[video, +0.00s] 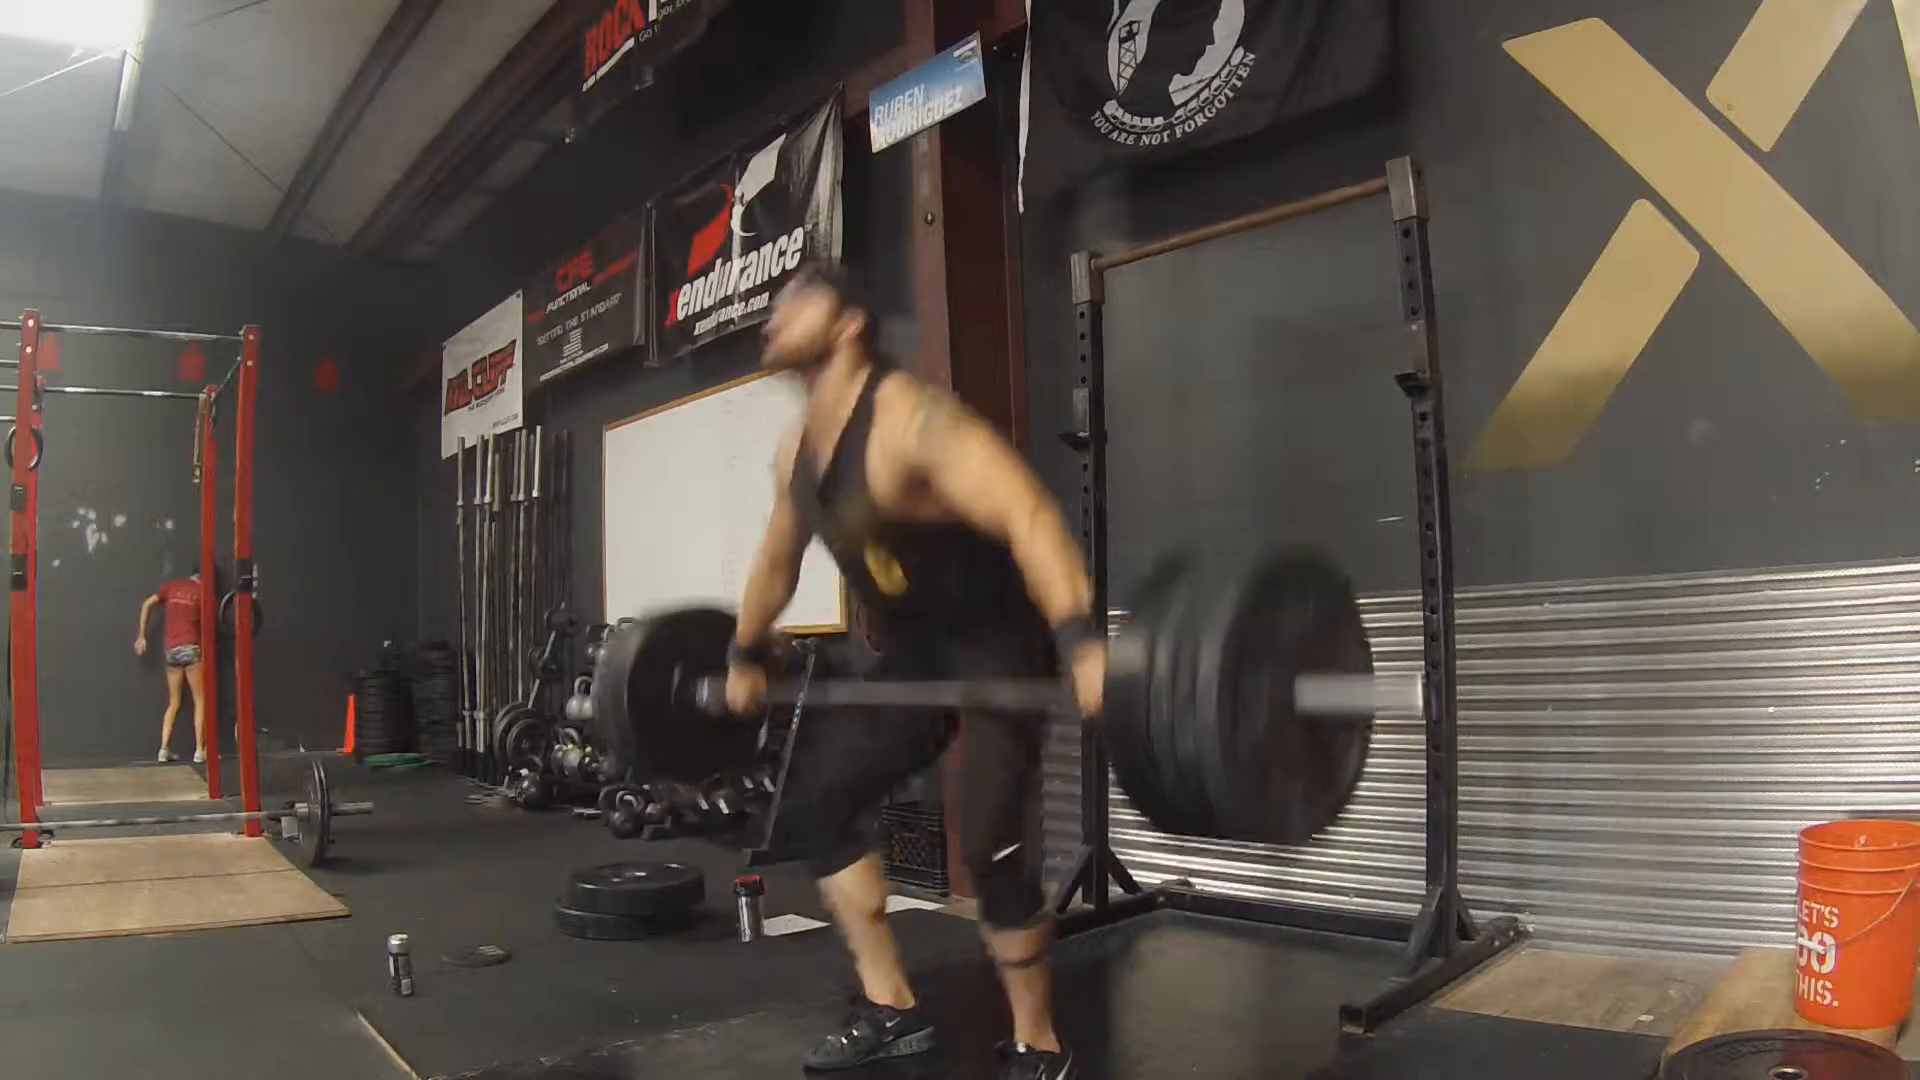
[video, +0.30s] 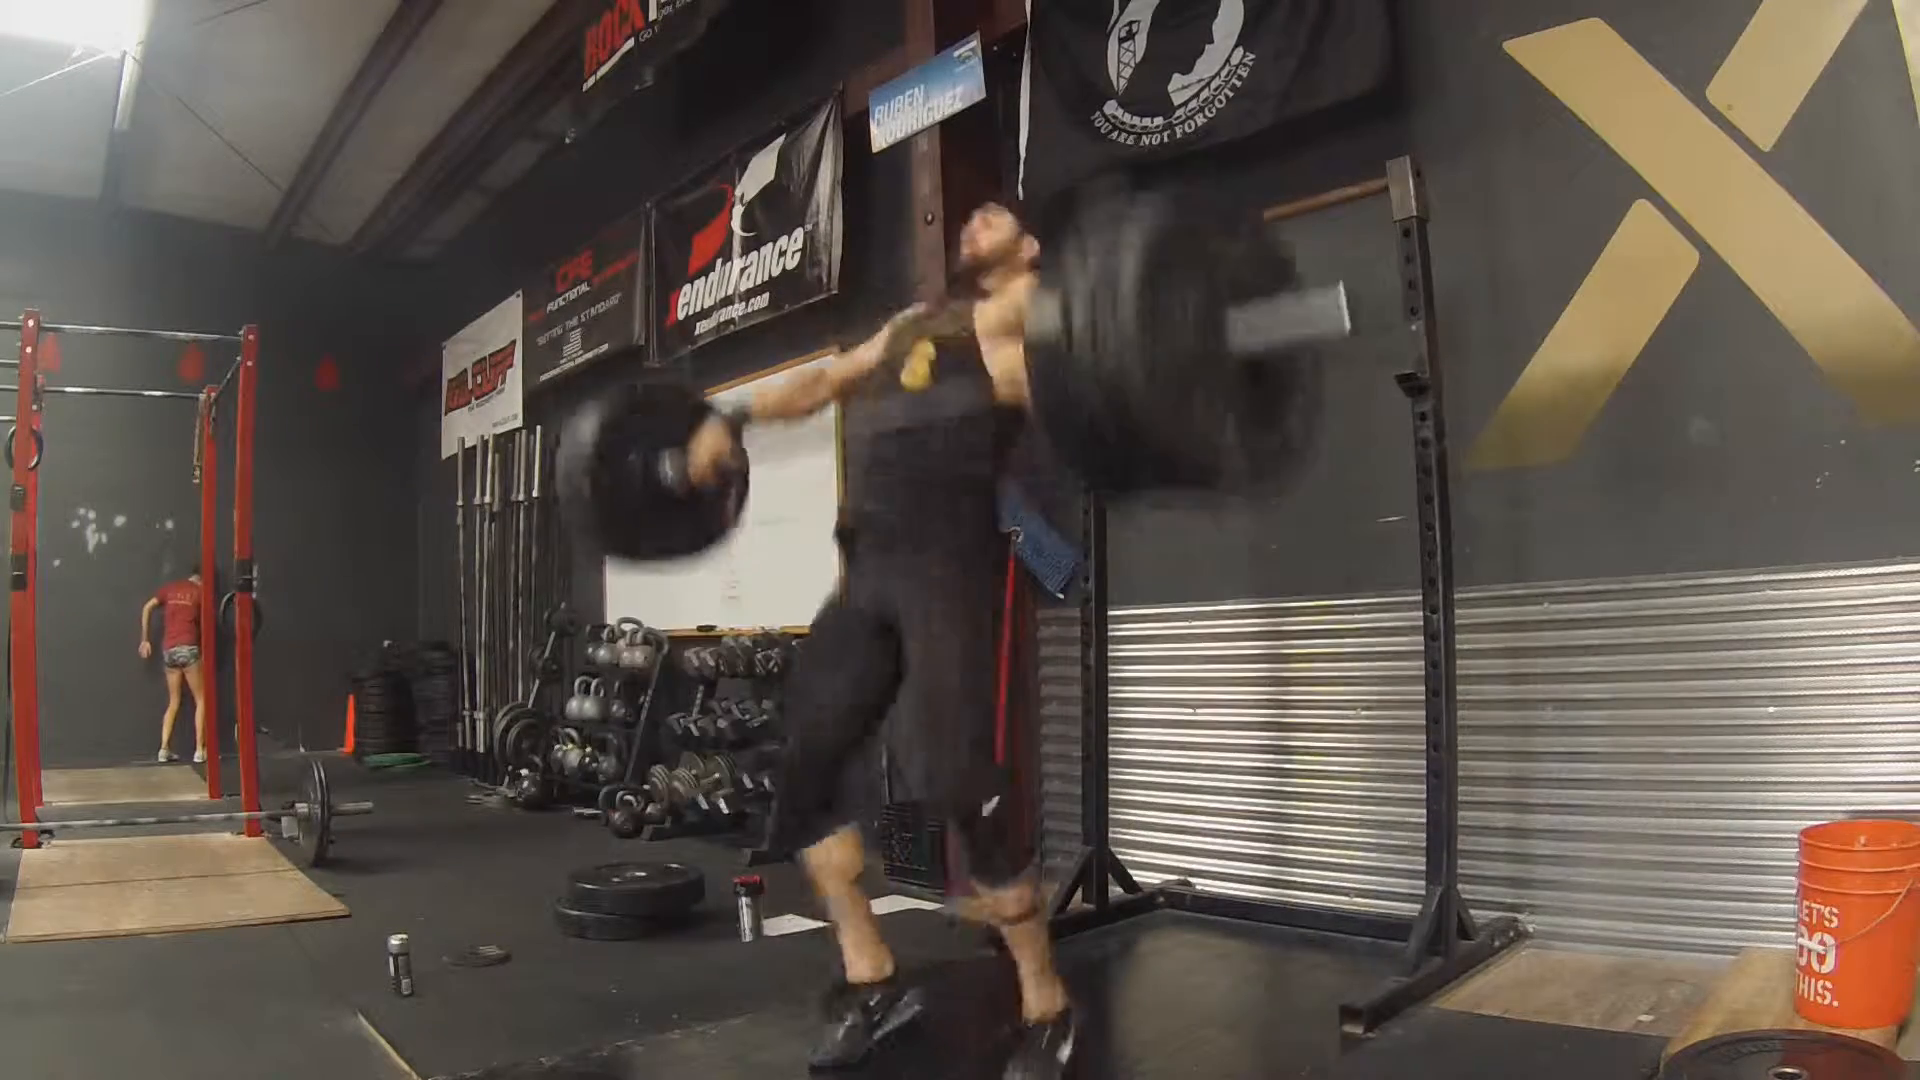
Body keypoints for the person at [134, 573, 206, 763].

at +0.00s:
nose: (206, 584)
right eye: (206, 580)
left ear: (192, 575)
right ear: (203, 577)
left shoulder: (171, 587)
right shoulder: (203, 592)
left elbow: (147, 603)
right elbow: (207, 621)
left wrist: (141, 635)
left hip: (171, 647)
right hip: (192, 646)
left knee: (173, 702)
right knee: (199, 700)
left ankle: (163, 749)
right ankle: (200, 749)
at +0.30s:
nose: (204, 586)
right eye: (205, 583)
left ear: (190, 575)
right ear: (202, 579)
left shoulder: (170, 588)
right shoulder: (200, 592)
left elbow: (147, 607)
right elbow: (206, 621)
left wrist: (144, 639)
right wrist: (207, 647)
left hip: (168, 646)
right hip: (189, 645)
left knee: (173, 701)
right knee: (200, 698)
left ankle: (164, 748)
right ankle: (200, 749)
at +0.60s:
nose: (202, 580)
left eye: (201, 575)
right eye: (203, 576)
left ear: (190, 572)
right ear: (200, 574)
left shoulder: (170, 586)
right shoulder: (201, 589)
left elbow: (149, 607)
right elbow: (208, 618)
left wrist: (148, 638)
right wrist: (208, 644)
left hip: (170, 641)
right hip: (191, 641)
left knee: (171, 697)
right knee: (199, 696)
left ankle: (163, 748)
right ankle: (200, 748)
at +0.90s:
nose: (203, 575)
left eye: (202, 571)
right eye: (203, 571)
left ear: (188, 568)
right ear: (200, 570)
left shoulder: (171, 584)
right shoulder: (202, 587)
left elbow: (150, 605)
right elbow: (208, 616)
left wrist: (149, 635)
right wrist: (209, 640)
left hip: (171, 641)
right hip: (193, 640)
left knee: (170, 697)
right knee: (198, 698)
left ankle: (163, 747)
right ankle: (201, 747)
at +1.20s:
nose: (203, 572)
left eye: (203, 568)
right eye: (203, 568)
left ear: (186, 565)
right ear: (198, 566)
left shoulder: (169, 584)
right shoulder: (199, 584)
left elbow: (154, 614)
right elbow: (207, 614)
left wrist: (156, 644)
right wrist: (209, 639)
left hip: (171, 643)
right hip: (193, 641)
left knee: (169, 697)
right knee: (198, 698)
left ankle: (163, 748)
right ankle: (200, 747)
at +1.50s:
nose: (203, 572)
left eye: (202, 568)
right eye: (203, 568)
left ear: (186, 566)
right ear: (197, 566)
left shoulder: (170, 588)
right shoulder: (198, 584)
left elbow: (164, 619)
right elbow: (205, 613)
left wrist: (167, 642)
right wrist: (207, 638)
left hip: (172, 643)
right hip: (192, 641)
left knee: (169, 697)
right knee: (198, 697)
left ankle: (163, 748)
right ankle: (200, 747)